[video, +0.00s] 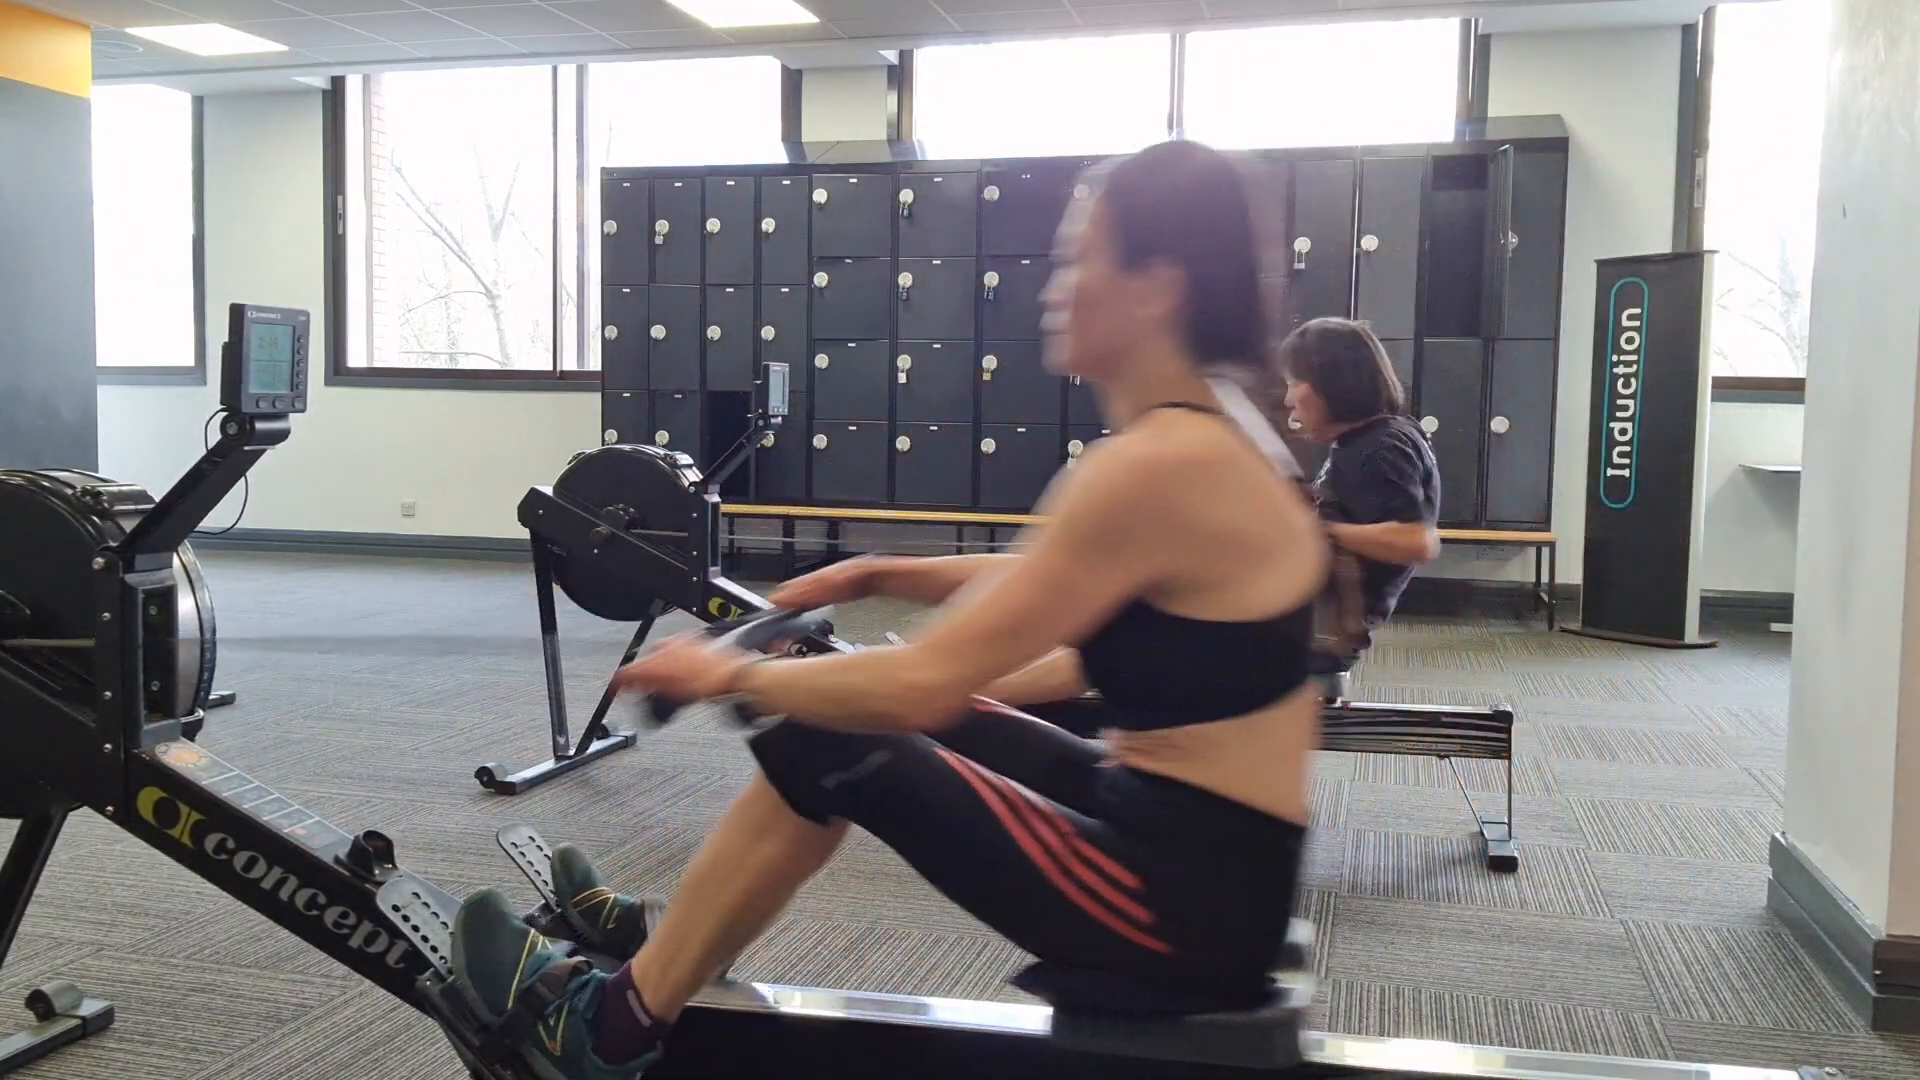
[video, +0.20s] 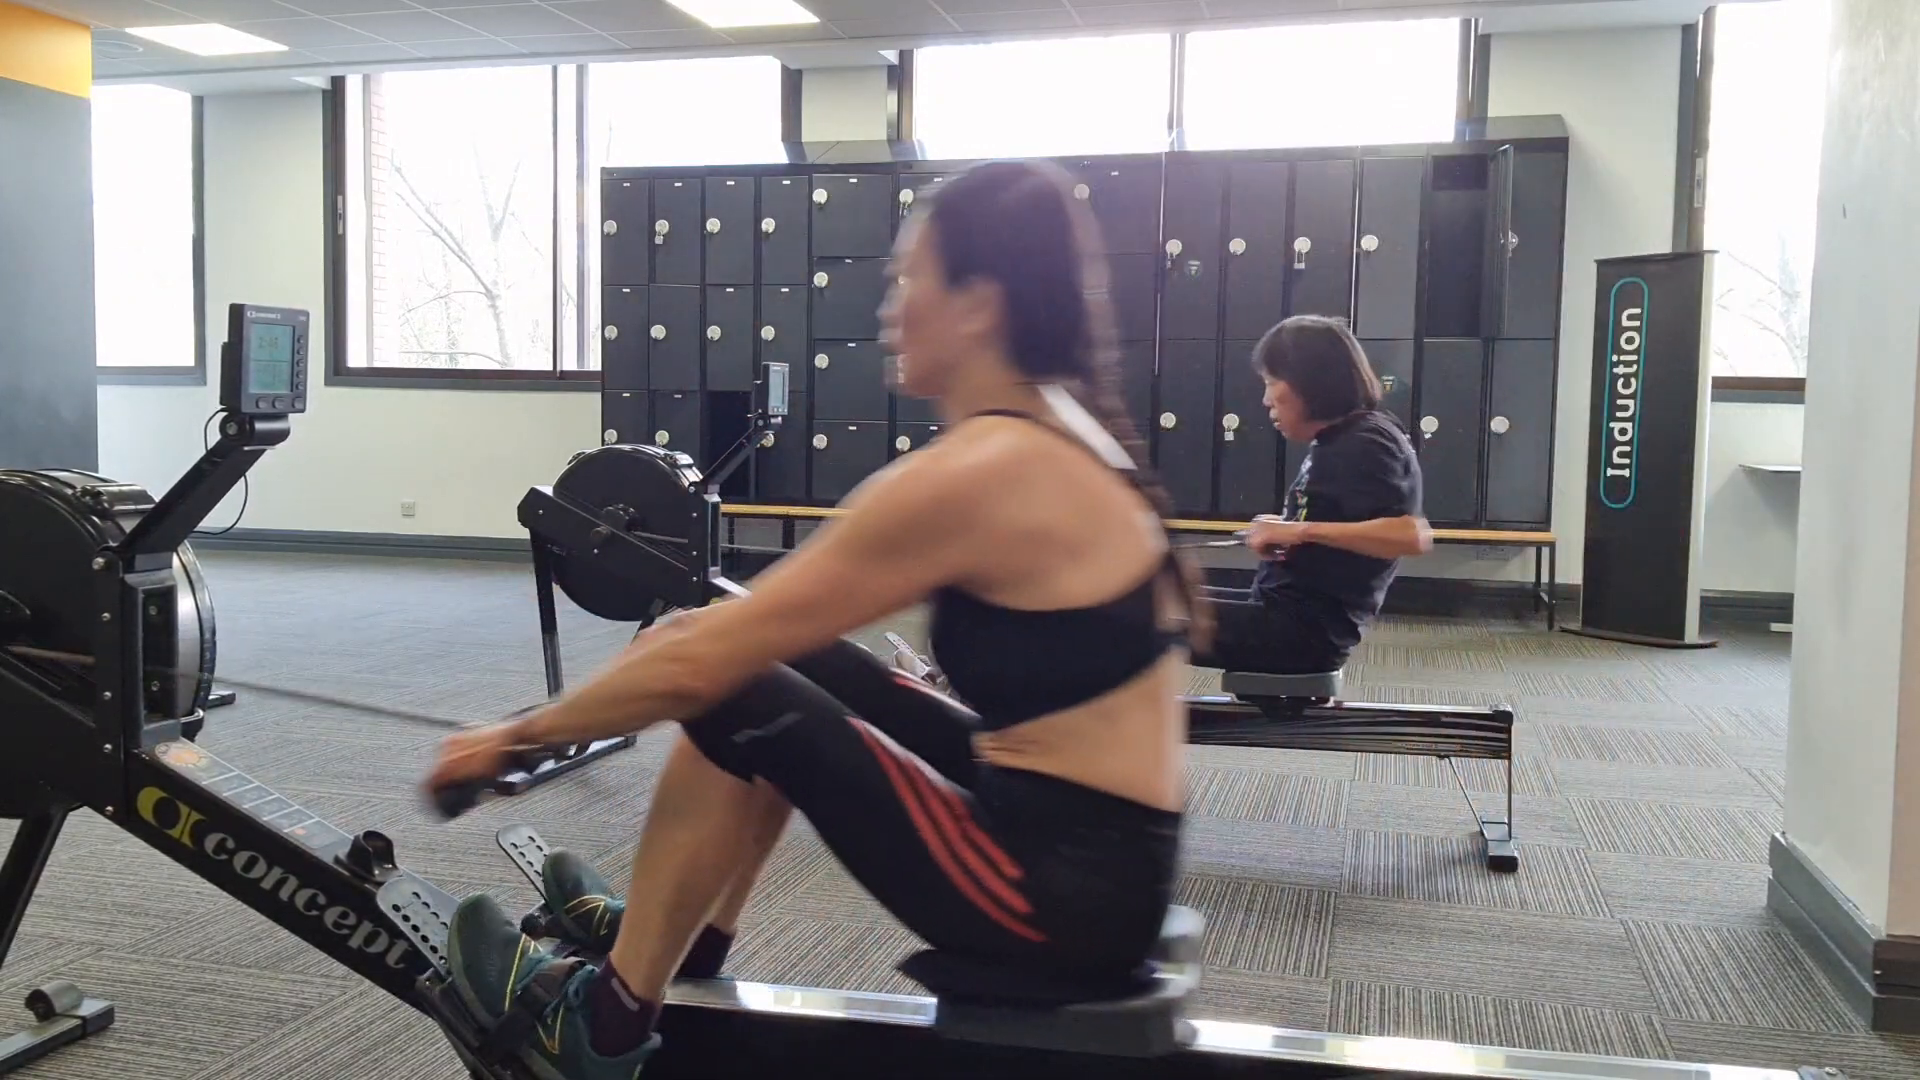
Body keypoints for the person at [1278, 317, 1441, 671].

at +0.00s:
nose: (1287, 400)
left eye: (1295, 383)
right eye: (1289, 384)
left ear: (1332, 385)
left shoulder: (1382, 451)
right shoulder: (1358, 443)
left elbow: (1420, 542)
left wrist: (1321, 532)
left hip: (1321, 647)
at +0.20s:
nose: (1266, 401)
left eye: (1272, 382)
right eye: (1266, 385)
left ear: (1312, 384)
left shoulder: (1368, 442)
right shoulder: (1333, 441)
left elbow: (1413, 536)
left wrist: (1301, 531)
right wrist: (1279, 530)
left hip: (1302, 637)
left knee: (1149, 610)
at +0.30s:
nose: (1250, 399)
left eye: (1257, 382)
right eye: (1251, 384)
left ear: (1298, 384)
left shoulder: (1350, 442)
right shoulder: (1322, 438)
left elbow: (1362, 541)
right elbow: (1294, 519)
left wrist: (1251, 534)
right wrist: (1239, 530)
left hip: (1296, 635)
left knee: (1120, 606)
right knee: (1126, 590)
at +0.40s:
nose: (1226, 397)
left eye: (1233, 381)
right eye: (1227, 382)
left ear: (1271, 380)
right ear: (1277, 382)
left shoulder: (1329, 438)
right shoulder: (1302, 434)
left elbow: (1298, 535)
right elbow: (1268, 504)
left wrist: (1189, 531)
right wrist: (1187, 526)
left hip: (1284, 633)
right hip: (1262, 613)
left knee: (1105, 595)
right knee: (1105, 584)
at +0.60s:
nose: (1158, 397)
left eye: (1164, 382)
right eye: (1159, 383)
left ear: (1203, 381)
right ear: (1216, 381)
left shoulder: (1263, 444)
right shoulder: (1266, 432)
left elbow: (1174, 516)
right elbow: (1173, 498)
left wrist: (1070, 531)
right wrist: (1073, 529)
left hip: (1233, 637)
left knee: (1069, 569)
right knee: (1071, 559)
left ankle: (1005, 673)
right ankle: (1008, 665)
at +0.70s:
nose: (1119, 398)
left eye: (1125, 382)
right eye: (1119, 383)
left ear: (1162, 382)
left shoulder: (1215, 441)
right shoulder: (1232, 428)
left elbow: (1105, 514)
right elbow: (1115, 508)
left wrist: (1017, 527)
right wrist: (1023, 526)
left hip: (1207, 637)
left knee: (1050, 555)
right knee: (1052, 548)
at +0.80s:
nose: (1081, 399)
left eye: (1086, 381)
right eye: (1080, 383)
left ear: (1120, 381)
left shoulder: (1170, 440)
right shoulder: (1199, 429)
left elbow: (1080, 507)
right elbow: (1091, 503)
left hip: (1179, 642)